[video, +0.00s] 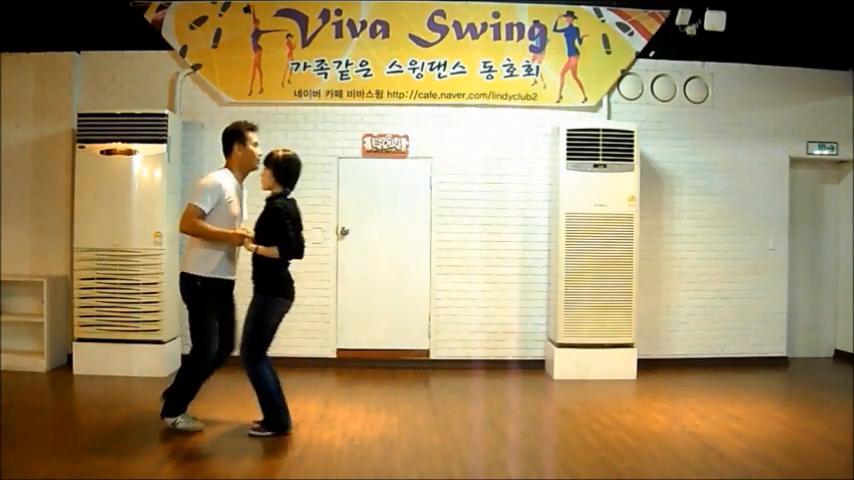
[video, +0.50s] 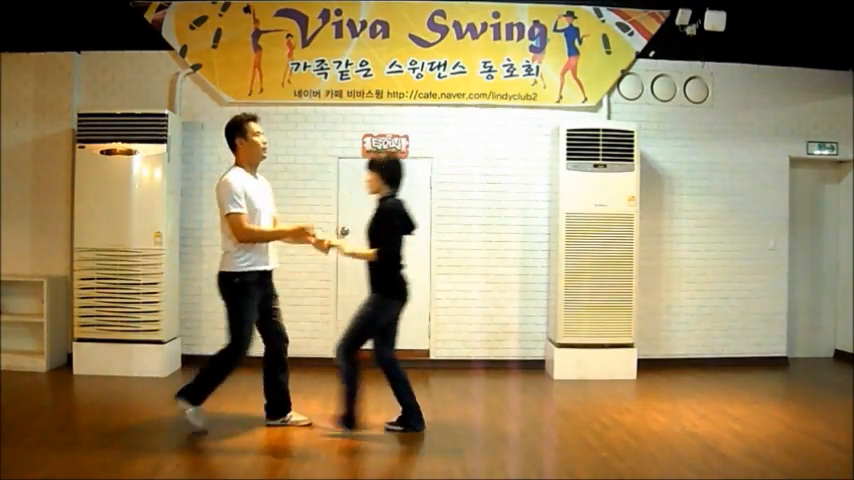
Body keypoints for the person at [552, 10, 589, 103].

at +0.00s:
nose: (567, 19)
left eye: (569, 17)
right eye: (567, 17)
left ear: (572, 18)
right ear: (567, 18)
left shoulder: (569, 29)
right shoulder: (576, 29)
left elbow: (555, 30)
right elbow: (580, 43)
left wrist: (556, 20)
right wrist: (582, 37)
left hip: (573, 54)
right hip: (573, 54)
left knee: (562, 73)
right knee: (574, 75)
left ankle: (559, 95)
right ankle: (584, 96)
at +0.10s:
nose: (567, 19)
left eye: (568, 17)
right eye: (567, 17)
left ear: (572, 18)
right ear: (567, 19)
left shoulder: (568, 29)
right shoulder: (576, 29)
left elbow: (555, 30)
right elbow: (579, 43)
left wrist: (556, 20)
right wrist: (582, 37)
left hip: (573, 54)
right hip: (574, 54)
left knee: (562, 73)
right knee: (574, 75)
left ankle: (559, 95)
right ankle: (584, 96)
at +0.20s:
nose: (567, 19)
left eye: (568, 17)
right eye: (567, 17)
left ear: (572, 18)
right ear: (567, 18)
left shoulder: (568, 29)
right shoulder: (576, 29)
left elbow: (555, 30)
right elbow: (580, 43)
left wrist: (556, 20)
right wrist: (582, 37)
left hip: (573, 54)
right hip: (574, 53)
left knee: (562, 73)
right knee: (574, 75)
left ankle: (559, 95)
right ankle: (584, 96)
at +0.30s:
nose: (567, 19)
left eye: (568, 17)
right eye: (567, 17)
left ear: (572, 18)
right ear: (567, 18)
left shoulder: (568, 29)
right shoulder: (576, 29)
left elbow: (555, 30)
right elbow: (580, 43)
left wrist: (556, 20)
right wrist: (582, 37)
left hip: (573, 54)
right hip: (574, 54)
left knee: (562, 73)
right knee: (574, 75)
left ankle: (559, 95)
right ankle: (584, 96)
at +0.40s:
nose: (567, 19)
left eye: (568, 17)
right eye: (567, 17)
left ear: (572, 18)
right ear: (568, 18)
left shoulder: (568, 29)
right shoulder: (576, 29)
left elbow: (555, 30)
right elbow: (579, 43)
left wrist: (556, 20)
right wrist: (582, 37)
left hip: (573, 54)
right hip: (574, 53)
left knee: (562, 73)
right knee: (574, 75)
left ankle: (559, 95)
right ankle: (584, 96)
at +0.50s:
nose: (567, 19)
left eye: (568, 17)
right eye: (566, 17)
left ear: (571, 18)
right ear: (568, 18)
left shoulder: (568, 29)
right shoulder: (576, 29)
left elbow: (555, 30)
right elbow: (579, 43)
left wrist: (556, 20)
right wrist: (582, 37)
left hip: (572, 54)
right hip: (575, 53)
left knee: (562, 73)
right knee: (574, 75)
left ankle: (559, 95)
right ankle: (584, 96)